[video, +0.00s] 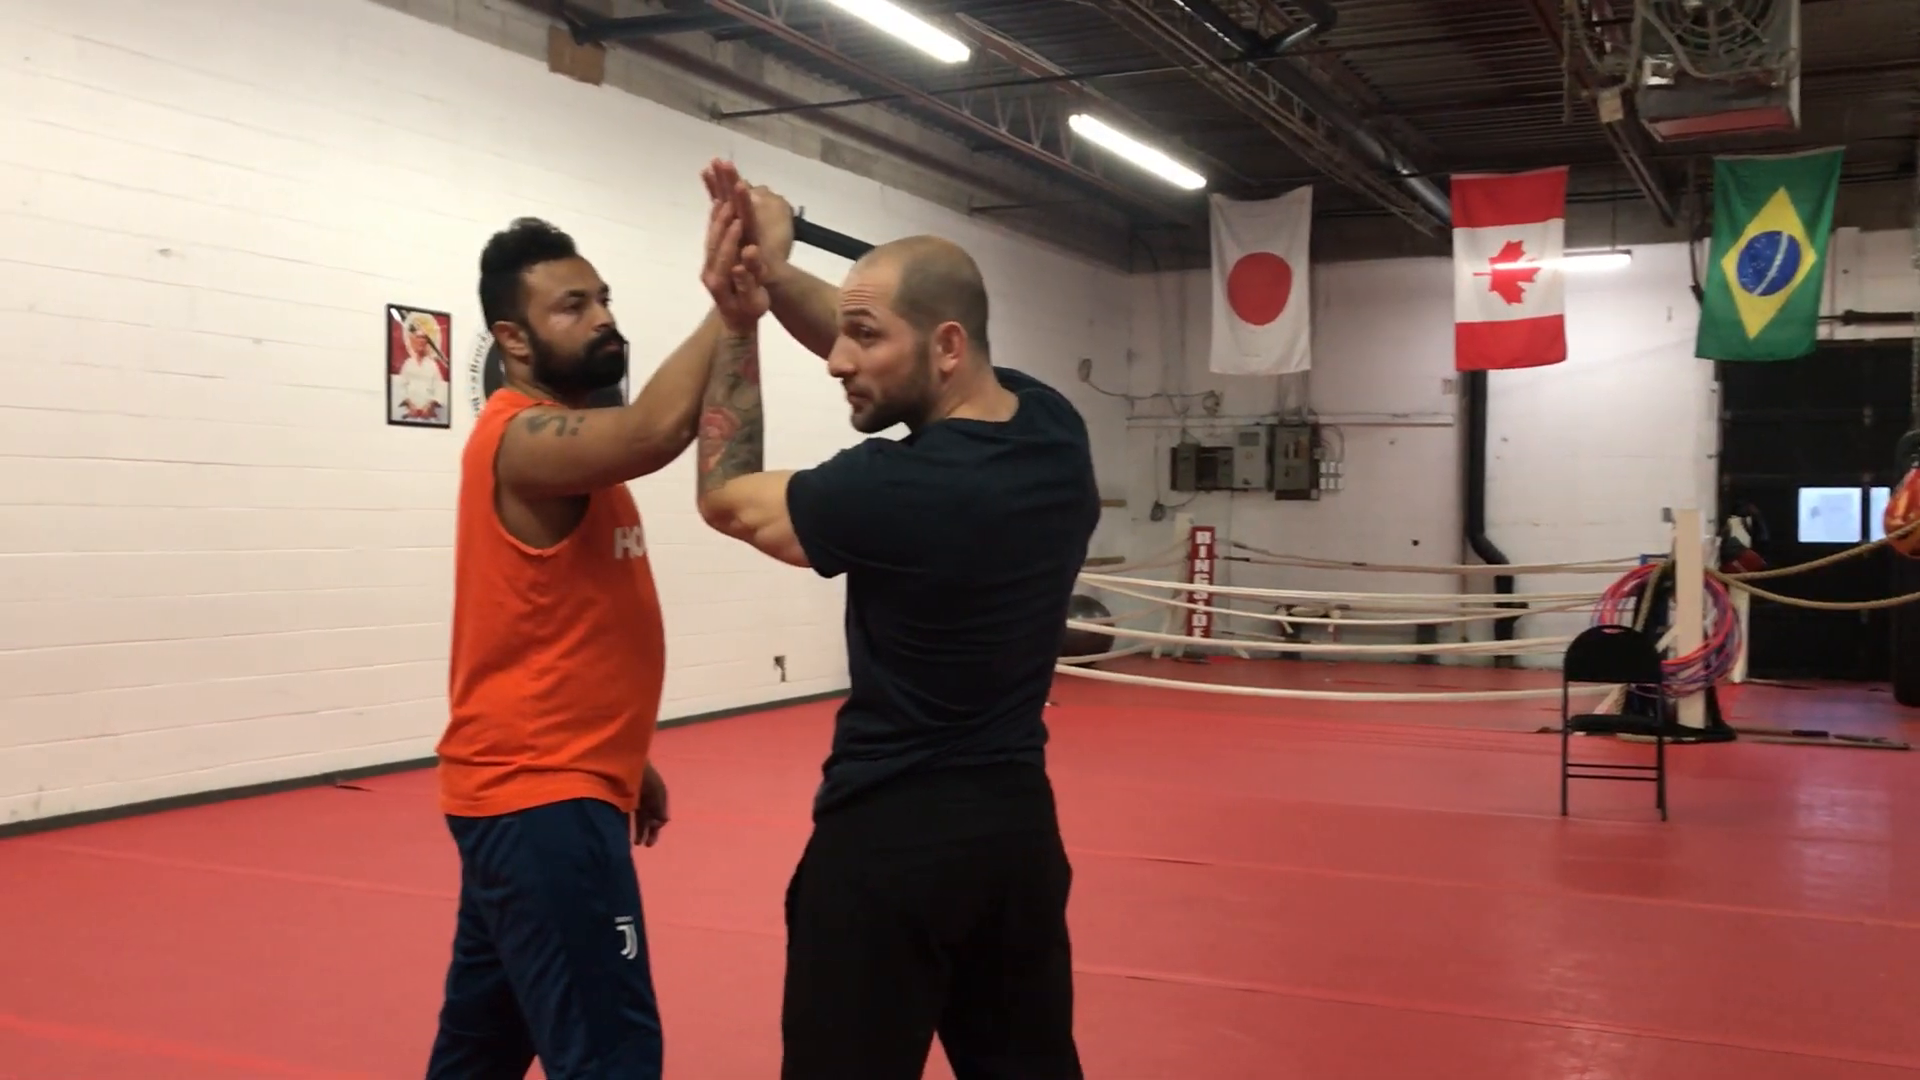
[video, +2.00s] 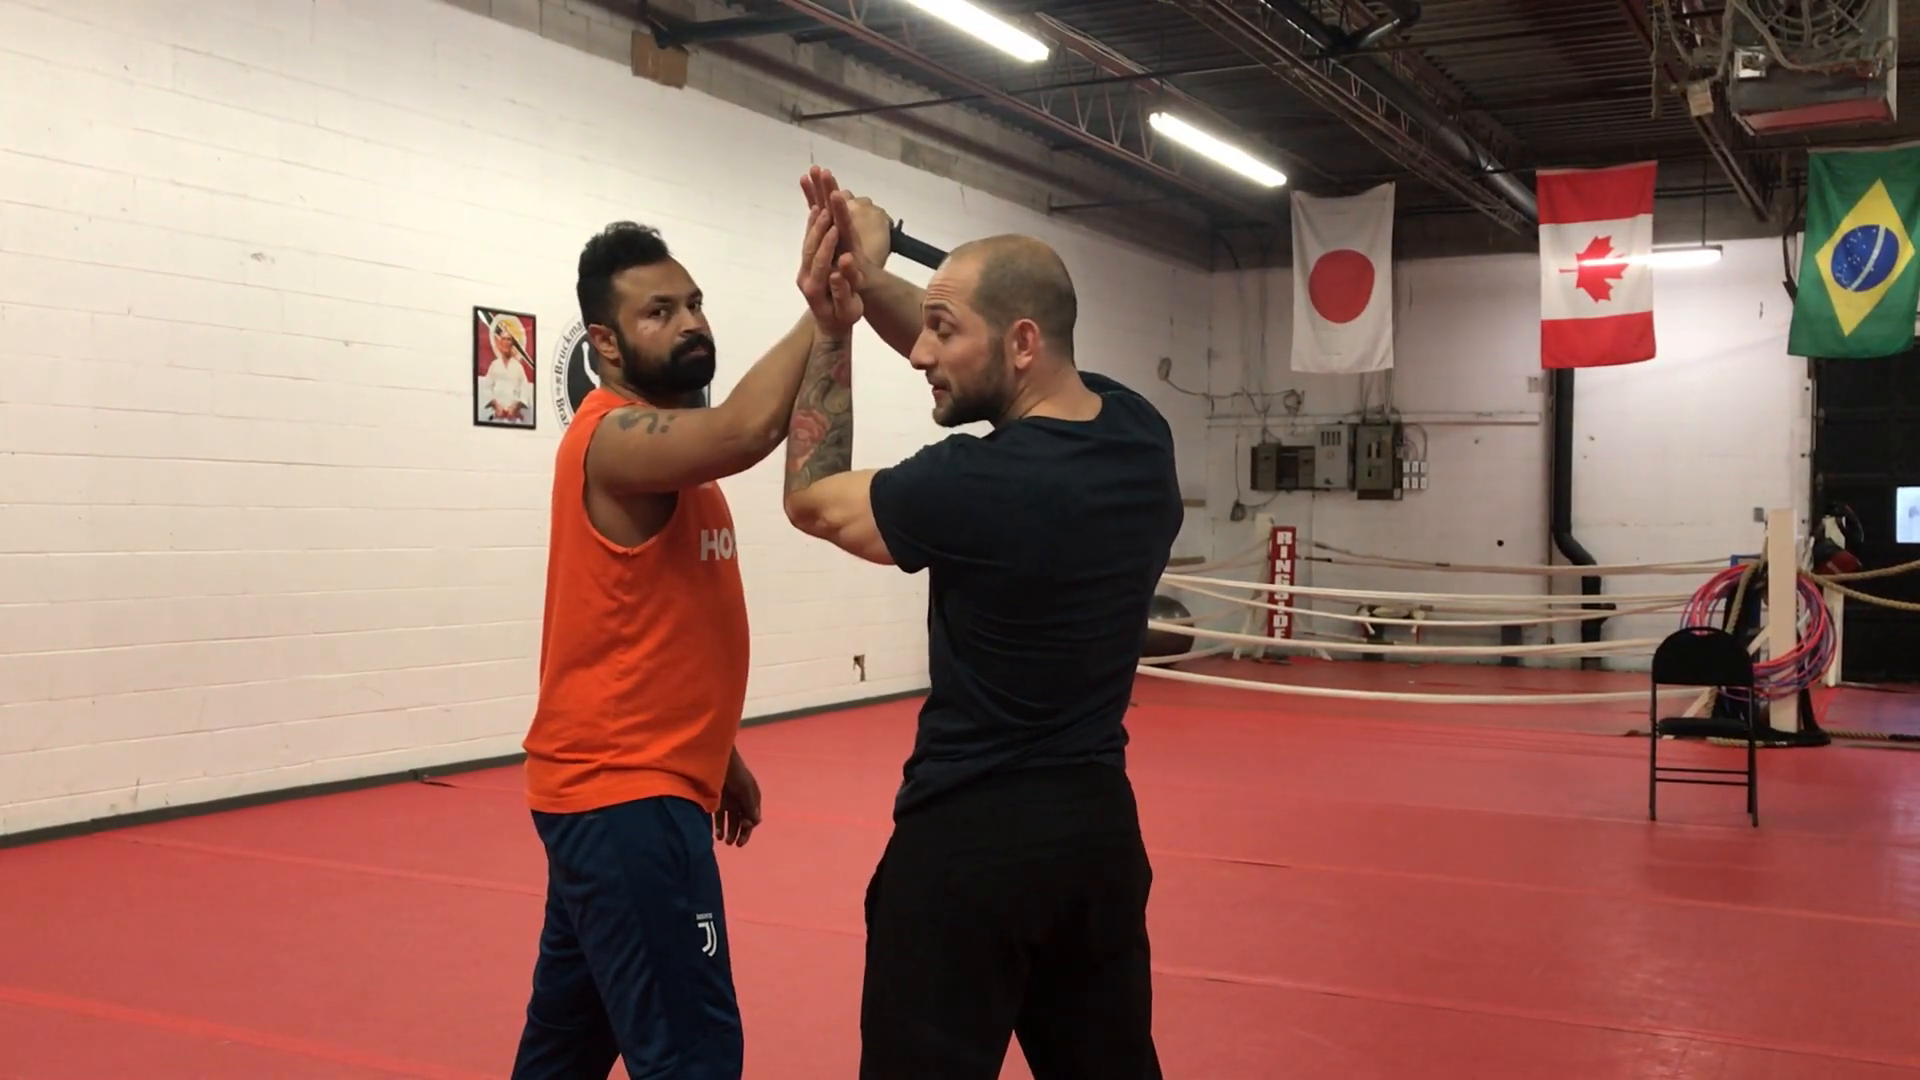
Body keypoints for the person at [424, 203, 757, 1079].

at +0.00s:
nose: (605, 320)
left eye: (605, 300)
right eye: (574, 308)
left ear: (608, 305)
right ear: (512, 339)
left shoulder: (561, 429)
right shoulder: (521, 432)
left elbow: (567, 622)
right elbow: (652, 433)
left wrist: (626, 758)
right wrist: (729, 315)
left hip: (556, 788)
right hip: (536, 792)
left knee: (480, 1051)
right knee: (613, 1054)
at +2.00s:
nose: (692, 323)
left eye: (695, 302)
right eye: (661, 312)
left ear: (703, 307)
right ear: (606, 343)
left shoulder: (654, 436)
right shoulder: (616, 434)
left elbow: (650, 625)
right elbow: (741, 431)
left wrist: (716, 753)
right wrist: (823, 313)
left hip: (635, 787)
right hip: (622, 792)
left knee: (566, 1050)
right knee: (696, 1055)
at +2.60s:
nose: (671, 316)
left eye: (671, 298)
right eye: (641, 306)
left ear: (679, 303)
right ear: (584, 340)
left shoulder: (626, 429)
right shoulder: (611, 433)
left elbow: (628, 623)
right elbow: (764, 437)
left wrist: (708, 750)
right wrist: (895, 385)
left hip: (615, 786)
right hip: (623, 791)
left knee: (576, 1046)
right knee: (691, 1053)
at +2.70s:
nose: (679, 315)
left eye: (673, 298)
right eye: (648, 303)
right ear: (588, 338)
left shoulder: (598, 432)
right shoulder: (621, 439)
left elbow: (624, 623)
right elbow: (786, 463)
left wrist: (695, 752)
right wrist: (935, 434)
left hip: (605, 787)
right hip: (626, 791)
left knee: (576, 1041)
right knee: (689, 1052)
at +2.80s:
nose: (685, 315)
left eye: (678, 297)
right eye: (655, 303)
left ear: (600, 345)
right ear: (594, 337)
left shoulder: (582, 433)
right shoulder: (629, 444)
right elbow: (788, 484)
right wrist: (935, 457)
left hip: (589, 785)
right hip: (636, 791)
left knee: (572, 1040)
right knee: (690, 1052)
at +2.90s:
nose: (689, 315)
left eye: (681, 296)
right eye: (659, 305)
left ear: (596, 346)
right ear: (595, 338)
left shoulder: (578, 435)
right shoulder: (627, 445)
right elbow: (770, 517)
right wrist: (885, 481)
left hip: (586, 784)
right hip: (641, 792)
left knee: (571, 1039)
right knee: (693, 1052)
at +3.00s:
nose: (690, 318)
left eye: (682, 299)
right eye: (661, 306)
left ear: (598, 345)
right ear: (598, 339)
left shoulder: (576, 437)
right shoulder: (621, 442)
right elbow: (724, 571)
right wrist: (843, 532)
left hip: (587, 787)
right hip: (639, 793)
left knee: (573, 1040)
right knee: (697, 1050)